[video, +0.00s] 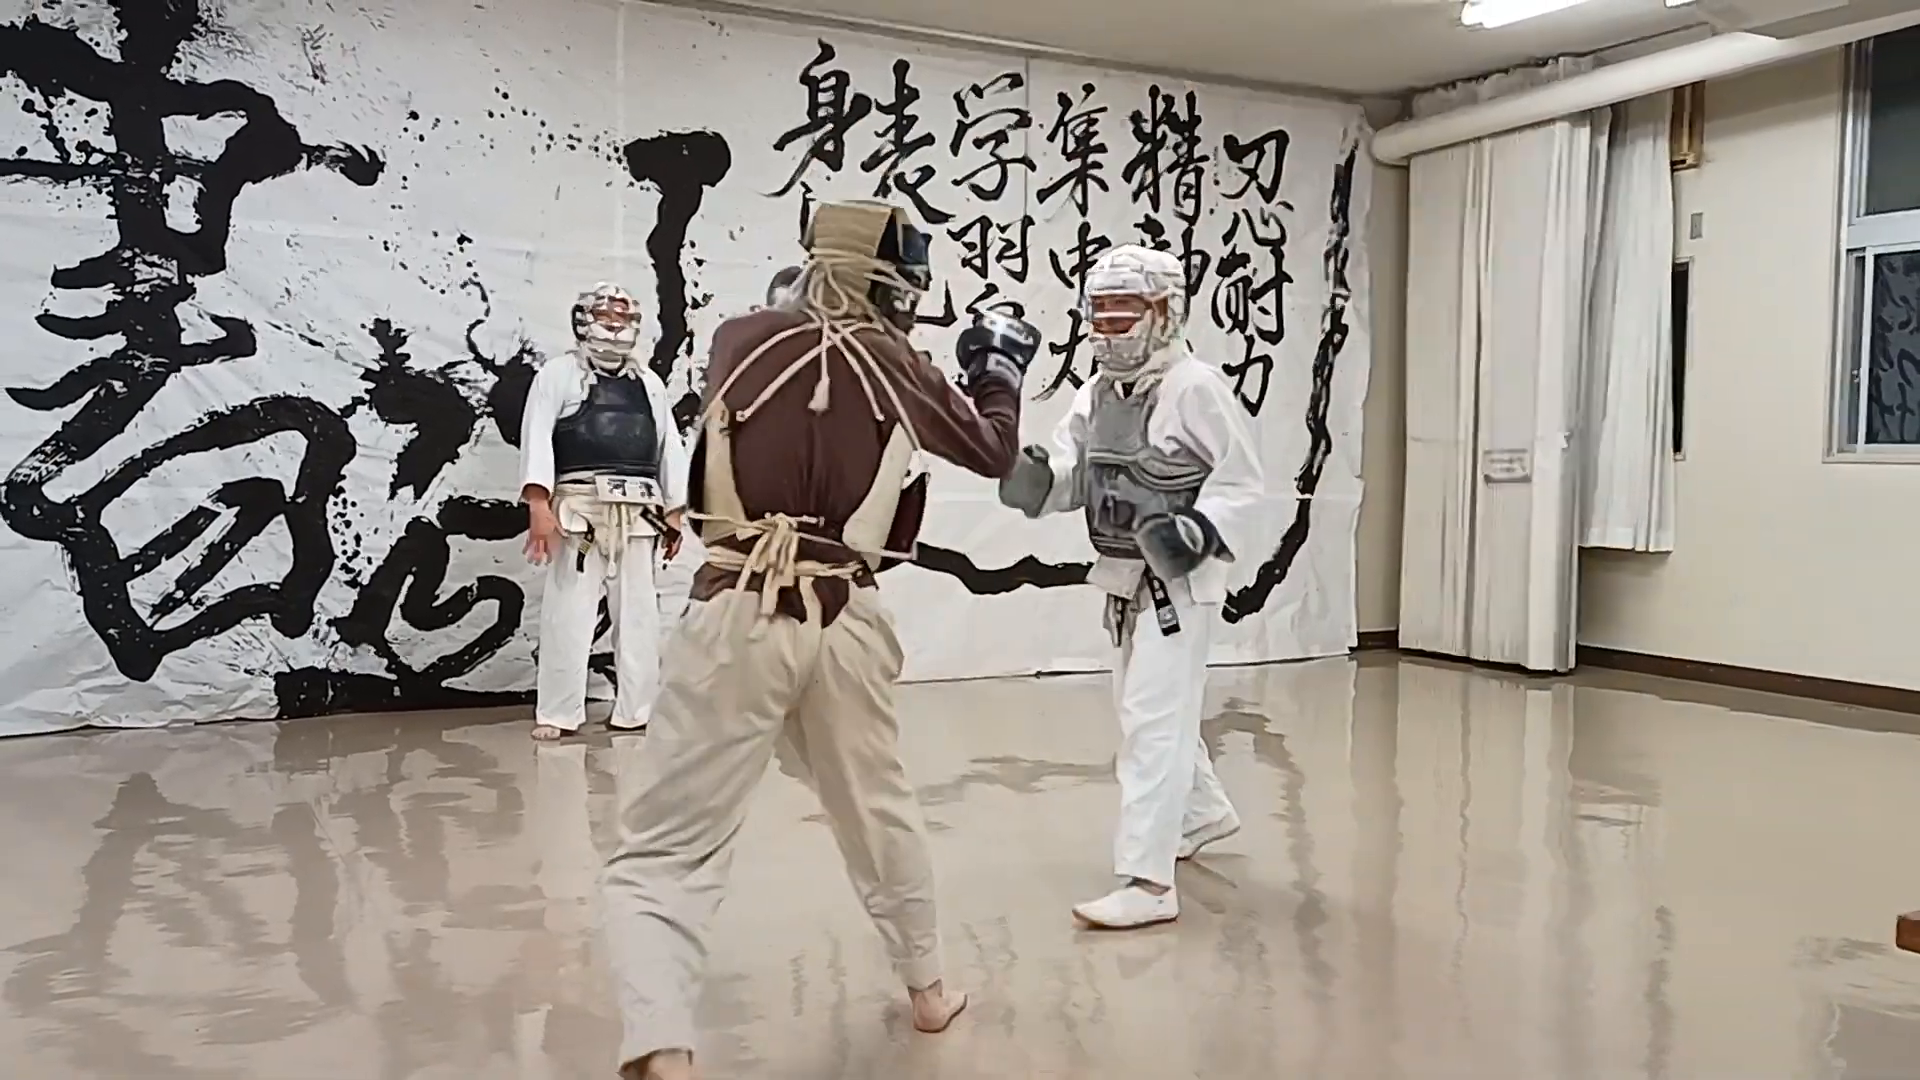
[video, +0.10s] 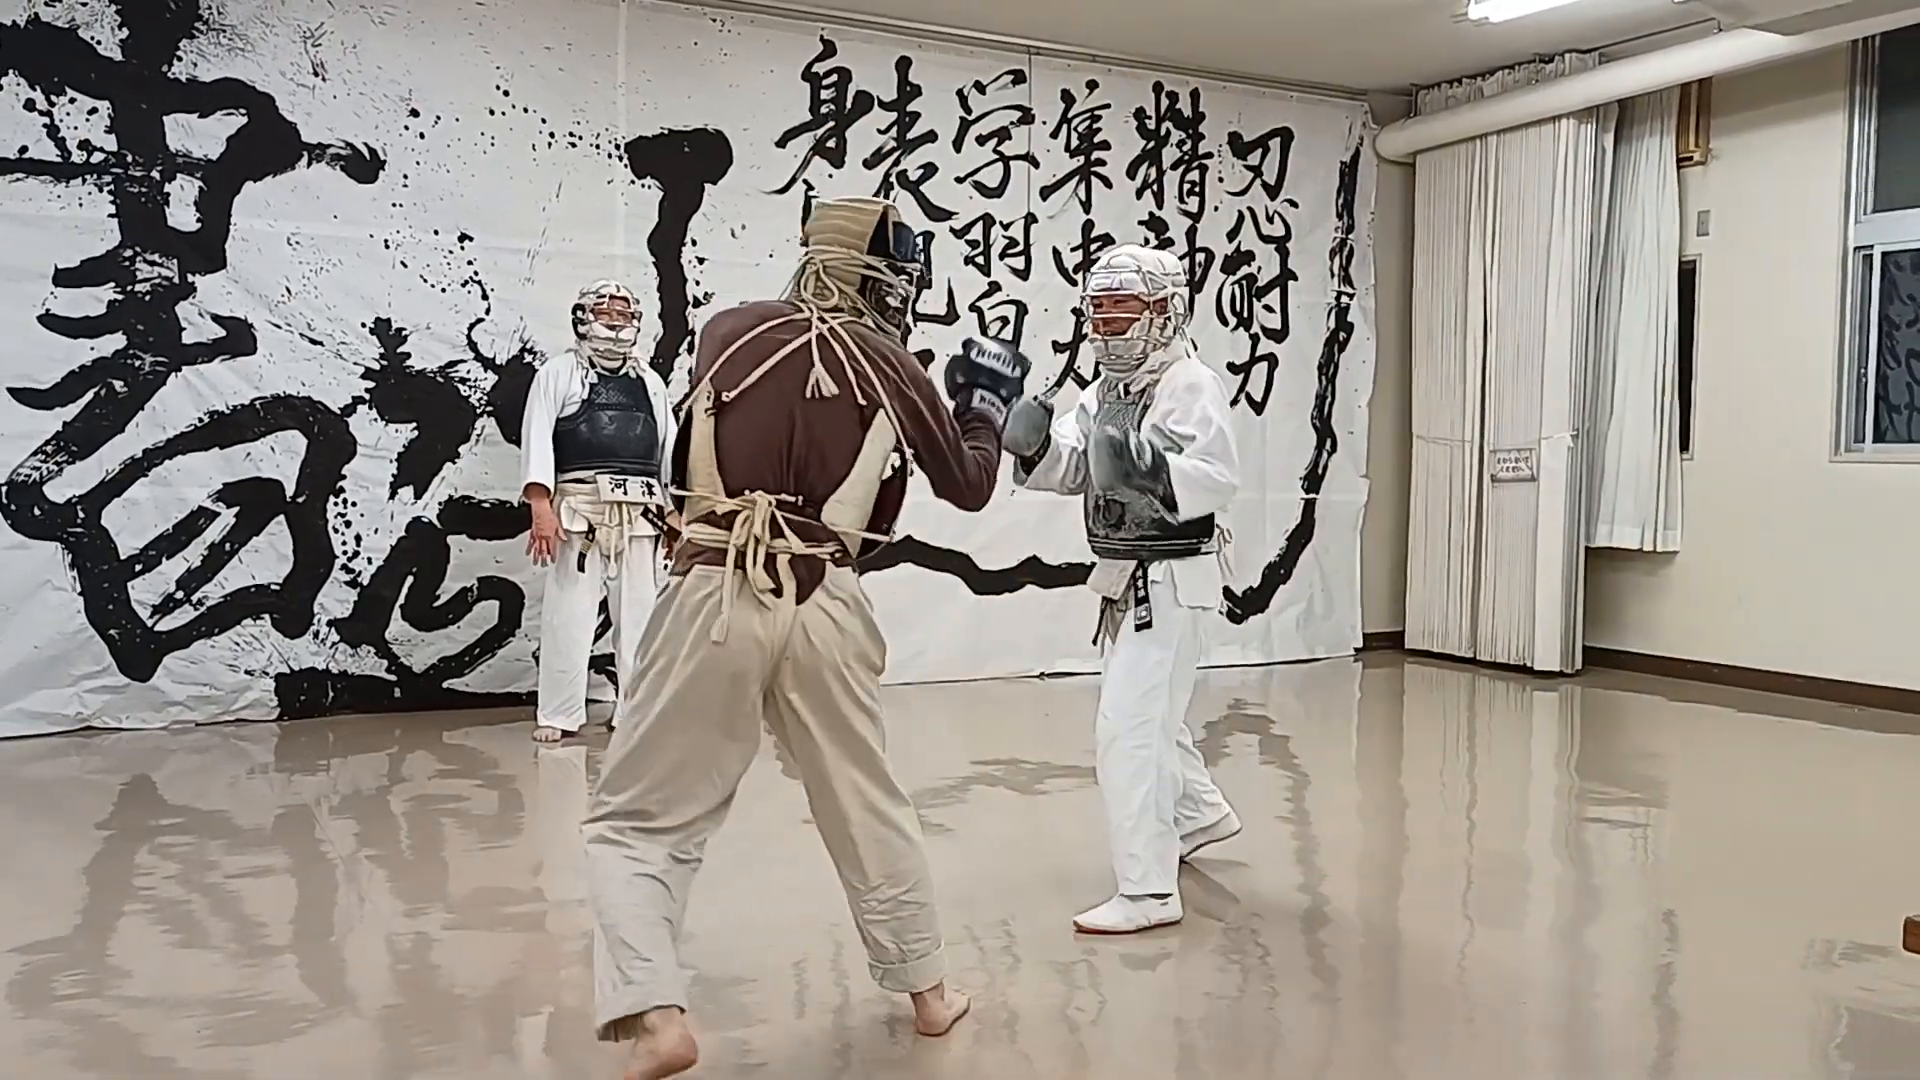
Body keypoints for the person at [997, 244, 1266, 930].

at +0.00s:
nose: (1108, 323)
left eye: (1123, 310)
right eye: (1100, 310)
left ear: (1161, 312)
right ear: (1090, 315)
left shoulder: (1195, 386)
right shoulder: (1097, 391)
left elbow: (1246, 483)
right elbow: (1072, 466)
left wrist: (1199, 528)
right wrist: (1040, 483)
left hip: (1177, 581)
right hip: (1119, 577)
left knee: (1151, 723)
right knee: (1144, 710)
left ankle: (1149, 880)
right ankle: (1205, 810)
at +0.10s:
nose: (1106, 321)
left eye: (1121, 308)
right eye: (1098, 308)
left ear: (1162, 312)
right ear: (1090, 311)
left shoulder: (1190, 383)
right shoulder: (1104, 390)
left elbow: (1215, 477)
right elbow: (1072, 465)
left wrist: (1142, 463)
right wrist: (1031, 441)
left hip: (1173, 576)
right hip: (1125, 573)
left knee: (1127, 728)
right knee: (1141, 711)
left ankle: (1147, 891)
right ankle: (1198, 809)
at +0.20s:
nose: (1105, 318)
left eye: (1121, 304)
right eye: (1098, 305)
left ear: (1161, 303)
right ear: (1091, 306)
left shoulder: (1188, 372)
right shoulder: (1109, 378)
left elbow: (1174, 443)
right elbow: (1080, 458)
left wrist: (1109, 383)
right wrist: (1040, 425)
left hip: (1169, 571)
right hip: (1130, 568)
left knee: (1125, 728)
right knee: (1148, 715)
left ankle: (1145, 889)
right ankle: (1189, 831)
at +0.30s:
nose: (1104, 308)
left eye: (1117, 296)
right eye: (1100, 297)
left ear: (1158, 298)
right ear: (1104, 303)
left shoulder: (1186, 368)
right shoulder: (1115, 367)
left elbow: (1148, 413)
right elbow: (1081, 449)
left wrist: (1093, 336)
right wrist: (1036, 413)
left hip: (1172, 569)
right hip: (1138, 567)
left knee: (1126, 730)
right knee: (1161, 720)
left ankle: (1149, 890)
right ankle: (1194, 844)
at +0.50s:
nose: (1093, 320)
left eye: (1107, 305)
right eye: (1089, 306)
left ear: (1148, 306)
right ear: (1088, 309)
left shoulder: (1171, 372)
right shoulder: (1122, 379)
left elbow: (1175, 471)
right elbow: (1113, 475)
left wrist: (1083, 446)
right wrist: (1052, 443)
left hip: (1166, 569)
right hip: (1135, 567)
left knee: (1116, 709)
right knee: (1164, 710)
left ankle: (1115, 878)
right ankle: (1192, 842)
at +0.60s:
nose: (1085, 323)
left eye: (1099, 310)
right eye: (1081, 310)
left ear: (1140, 311)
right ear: (1079, 314)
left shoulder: (1154, 381)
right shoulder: (1118, 383)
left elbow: (1180, 486)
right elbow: (1113, 491)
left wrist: (1105, 539)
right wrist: (1050, 494)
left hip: (1144, 584)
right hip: (1130, 579)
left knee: (1106, 724)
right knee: (1160, 715)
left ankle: (1072, 884)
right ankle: (1189, 842)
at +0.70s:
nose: (1064, 318)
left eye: (1078, 305)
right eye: (1061, 305)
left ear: (1120, 310)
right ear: (1065, 310)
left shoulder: (1133, 385)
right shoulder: (1103, 384)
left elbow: (1178, 490)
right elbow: (1111, 495)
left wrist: (1117, 557)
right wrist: (1053, 523)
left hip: (1127, 592)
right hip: (1114, 588)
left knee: (1076, 730)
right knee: (1147, 716)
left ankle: (1058, 893)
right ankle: (1186, 839)